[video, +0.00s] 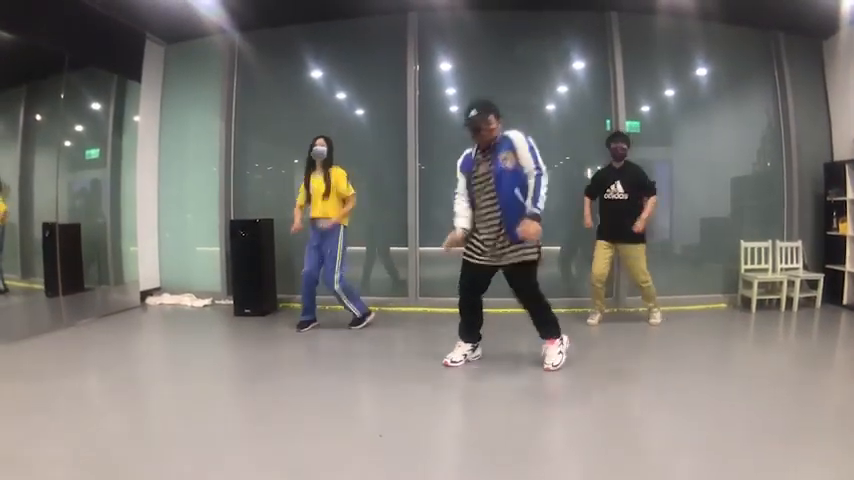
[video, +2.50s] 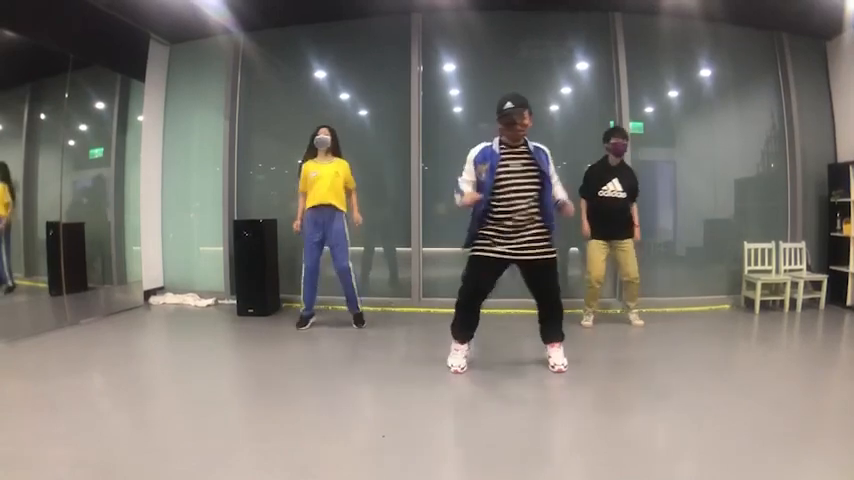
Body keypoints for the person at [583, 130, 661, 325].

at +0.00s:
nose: (618, 149)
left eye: (622, 146)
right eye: (614, 146)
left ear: (628, 149)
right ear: (609, 148)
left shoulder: (635, 172)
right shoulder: (602, 174)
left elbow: (651, 197)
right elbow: (588, 194)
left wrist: (643, 218)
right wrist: (587, 216)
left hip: (631, 235)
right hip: (606, 234)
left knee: (641, 277)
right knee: (597, 276)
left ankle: (653, 308)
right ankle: (597, 310)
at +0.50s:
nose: (647, 157)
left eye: (650, 153)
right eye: (643, 154)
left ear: (653, 154)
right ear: (633, 155)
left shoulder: (645, 174)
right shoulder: (625, 172)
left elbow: (647, 193)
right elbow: (605, 191)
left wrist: (658, 201)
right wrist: (624, 210)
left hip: (637, 236)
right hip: (618, 237)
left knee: (652, 274)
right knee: (606, 281)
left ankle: (641, 310)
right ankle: (579, 309)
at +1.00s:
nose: (609, 151)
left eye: (612, 148)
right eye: (605, 148)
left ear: (619, 148)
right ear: (600, 149)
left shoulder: (626, 171)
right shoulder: (597, 173)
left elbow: (646, 194)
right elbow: (589, 194)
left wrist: (637, 216)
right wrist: (583, 213)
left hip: (629, 234)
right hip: (604, 234)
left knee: (642, 275)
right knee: (596, 274)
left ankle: (656, 306)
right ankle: (597, 309)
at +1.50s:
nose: (640, 139)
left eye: (642, 135)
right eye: (635, 136)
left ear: (646, 138)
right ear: (627, 139)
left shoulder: (641, 164)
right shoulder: (619, 160)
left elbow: (642, 193)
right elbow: (608, 191)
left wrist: (650, 212)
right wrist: (618, 219)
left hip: (635, 225)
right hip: (613, 224)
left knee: (638, 270)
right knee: (601, 269)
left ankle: (633, 306)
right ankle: (586, 306)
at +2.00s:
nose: (623, 139)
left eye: (627, 135)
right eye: (619, 135)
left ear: (632, 137)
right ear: (613, 137)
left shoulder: (639, 163)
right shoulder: (603, 162)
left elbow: (648, 188)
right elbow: (593, 185)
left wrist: (648, 207)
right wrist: (589, 207)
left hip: (631, 227)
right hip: (604, 226)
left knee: (634, 272)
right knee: (597, 272)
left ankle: (636, 308)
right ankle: (591, 309)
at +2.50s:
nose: (619, 148)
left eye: (623, 144)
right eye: (615, 144)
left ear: (627, 146)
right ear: (606, 145)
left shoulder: (628, 172)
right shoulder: (593, 170)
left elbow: (632, 202)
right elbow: (584, 198)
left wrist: (636, 227)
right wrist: (585, 222)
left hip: (623, 234)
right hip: (598, 234)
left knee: (632, 276)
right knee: (595, 277)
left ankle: (632, 309)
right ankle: (589, 311)